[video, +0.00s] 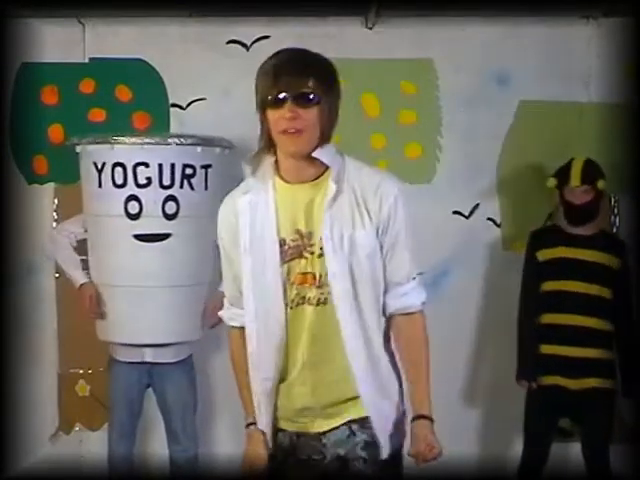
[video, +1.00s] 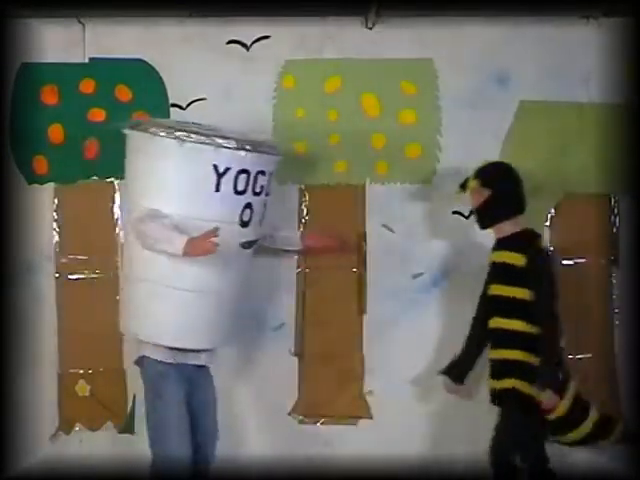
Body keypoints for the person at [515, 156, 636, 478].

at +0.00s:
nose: (579, 197)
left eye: (587, 189)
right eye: (571, 189)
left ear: (599, 194)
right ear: (560, 193)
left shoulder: (615, 248)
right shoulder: (540, 241)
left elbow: (625, 313)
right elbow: (528, 307)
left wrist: (628, 372)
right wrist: (525, 363)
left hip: (597, 374)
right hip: (548, 371)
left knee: (597, 459)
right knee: (533, 457)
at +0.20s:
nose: (580, 197)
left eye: (588, 190)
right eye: (573, 190)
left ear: (600, 194)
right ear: (561, 193)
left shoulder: (618, 247)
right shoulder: (543, 242)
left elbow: (628, 313)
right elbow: (531, 308)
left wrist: (628, 372)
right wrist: (531, 364)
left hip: (602, 377)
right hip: (552, 375)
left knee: (601, 464)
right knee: (537, 462)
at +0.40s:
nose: (558, 197)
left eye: (564, 190)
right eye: (559, 190)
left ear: (581, 195)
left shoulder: (618, 246)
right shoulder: (544, 242)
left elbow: (629, 313)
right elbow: (532, 308)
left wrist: (627, 372)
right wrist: (531, 363)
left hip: (602, 380)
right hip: (552, 378)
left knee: (601, 465)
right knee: (536, 464)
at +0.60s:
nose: (541, 197)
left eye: (549, 189)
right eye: (540, 189)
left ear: (569, 191)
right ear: (538, 192)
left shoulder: (602, 244)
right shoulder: (533, 242)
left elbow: (614, 311)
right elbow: (525, 306)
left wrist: (602, 367)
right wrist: (518, 359)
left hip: (591, 376)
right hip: (543, 375)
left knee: (597, 463)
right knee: (545, 463)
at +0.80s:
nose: (508, 199)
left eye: (514, 190)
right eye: (506, 191)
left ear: (536, 191)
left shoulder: (573, 246)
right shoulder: (517, 247)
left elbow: (585, 317)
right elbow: (508, 313)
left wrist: (572, 377)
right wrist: (494, 369)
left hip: (565, 378)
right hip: (524, 377)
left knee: (575, 461)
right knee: (537, 463)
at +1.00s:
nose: (471, 202)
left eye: (476, 192)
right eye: (471, 193)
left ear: (497, 195)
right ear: (501, 198)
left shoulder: (529, 250)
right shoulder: (502, 250)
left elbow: (549, 318)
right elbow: (485, 318)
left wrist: (548, 377)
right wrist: (459, 369)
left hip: (530, 380)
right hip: (509, 377)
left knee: (503, 456)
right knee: (533, 461)